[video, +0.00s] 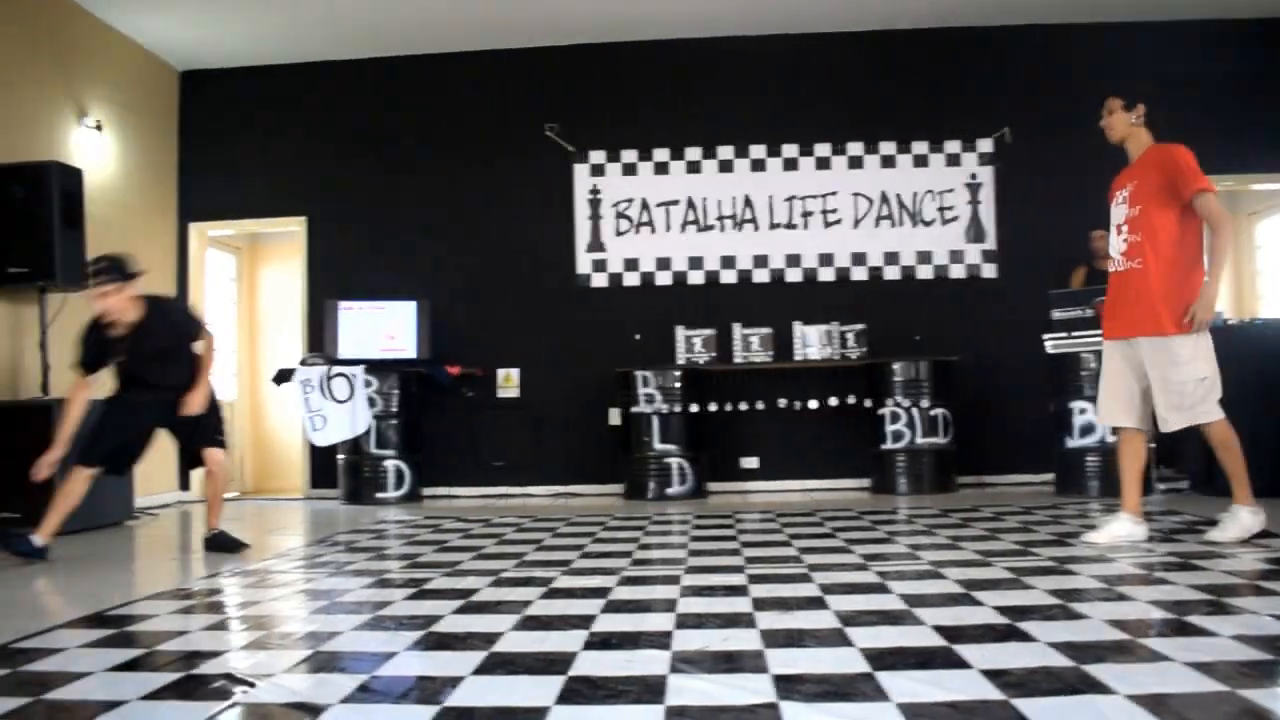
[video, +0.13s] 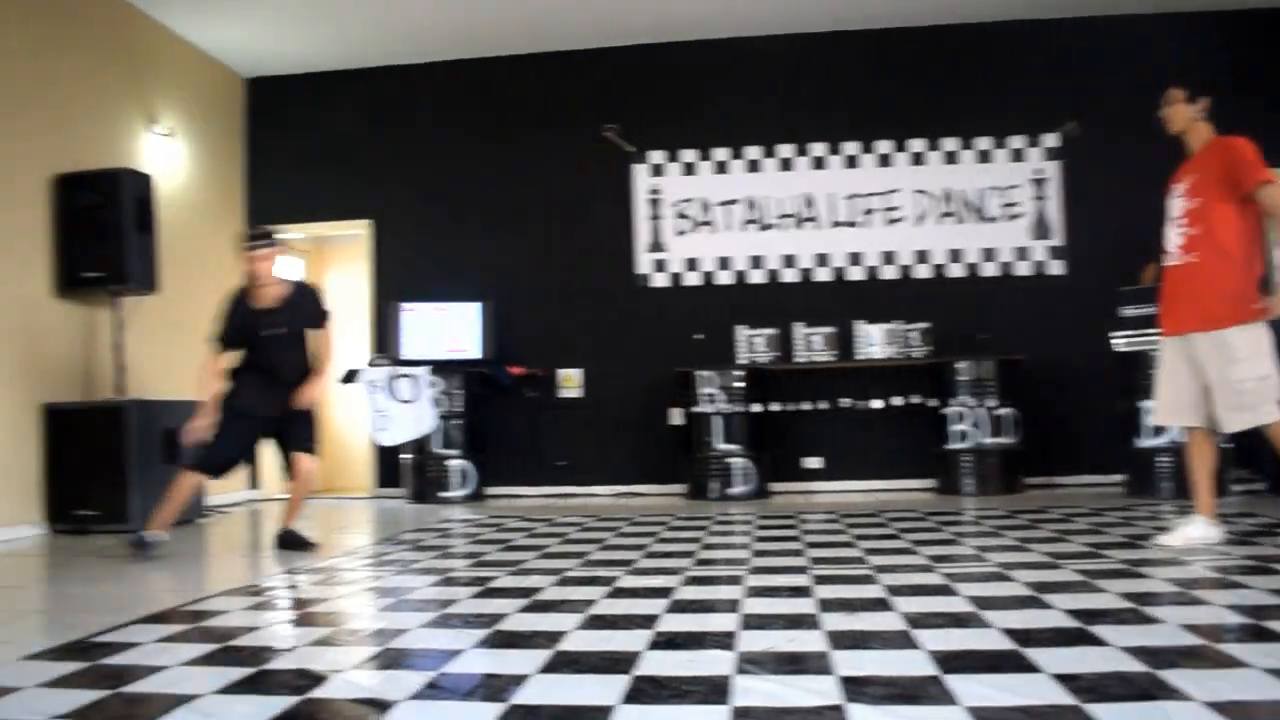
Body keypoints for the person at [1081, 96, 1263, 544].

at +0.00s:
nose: (1103, 121)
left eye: (1111, 111)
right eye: (1102, 115)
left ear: (1138, 113)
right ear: (1114, 125)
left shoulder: (1172, 157)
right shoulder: (1120, 182)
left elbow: (1220, 221)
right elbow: (1145, 247)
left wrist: (1210, 292)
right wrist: (1109, 251)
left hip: (1172, 316)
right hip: (1124, 320)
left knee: (1207, 413)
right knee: (1128, 421)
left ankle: (1246, 507)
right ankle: (1131, 518)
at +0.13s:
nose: (1163, 112)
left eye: (1172, 102)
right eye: (1163, 104)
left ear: (1201, 106)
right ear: (1181, 112)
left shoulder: (1234, 151)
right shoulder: (1183, 173)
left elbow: (1275, 206)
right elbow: (1196, 238)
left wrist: (1277, 286)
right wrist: (1163, 268)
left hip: (1232, 312)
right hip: (1182, 318)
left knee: (1266, 416)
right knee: (1195, 423)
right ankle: (1205, 519)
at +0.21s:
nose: (1198, 108)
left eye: (1207, 98)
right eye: (1197, 100)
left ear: (1236, 102)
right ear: (1206, 110)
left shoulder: (1265, 149)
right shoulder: (1216, 169)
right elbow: (1224, 236)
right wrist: (1200, 270)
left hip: (1261, 312)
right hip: (1217, 316)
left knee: (1272, 421)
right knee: (1229, 421)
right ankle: (1244, 520)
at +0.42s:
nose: (1272, 97)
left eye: (1275, 87)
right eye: (1271, 88)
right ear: (1268, 95)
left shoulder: (1273, 170)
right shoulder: (1272, 169)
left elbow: (1274, 237)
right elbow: (1274, 235)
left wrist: (1267, 296)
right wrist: (1266, 295)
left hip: (1279, 307)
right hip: (1278, 308)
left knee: (1279, 404)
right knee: (1277, 404)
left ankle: (1276, 476)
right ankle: (1275, 476)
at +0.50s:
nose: (1274, 93)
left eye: (1278, 85)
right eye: (1275, 85)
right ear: (1274, 90)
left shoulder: (1276, 168)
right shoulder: (1276, 168)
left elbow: (1276, 239)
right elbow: (1277, 238)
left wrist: (1252, 299)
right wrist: (1252, 299)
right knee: (1279, 414)